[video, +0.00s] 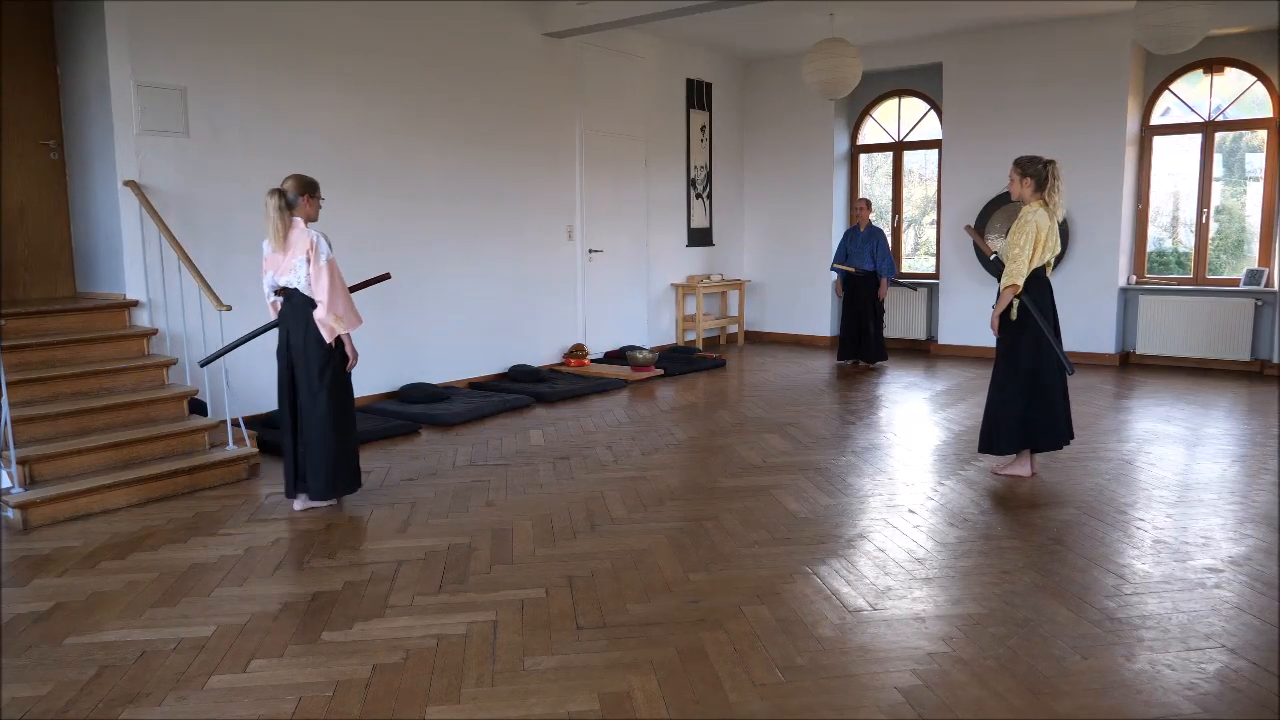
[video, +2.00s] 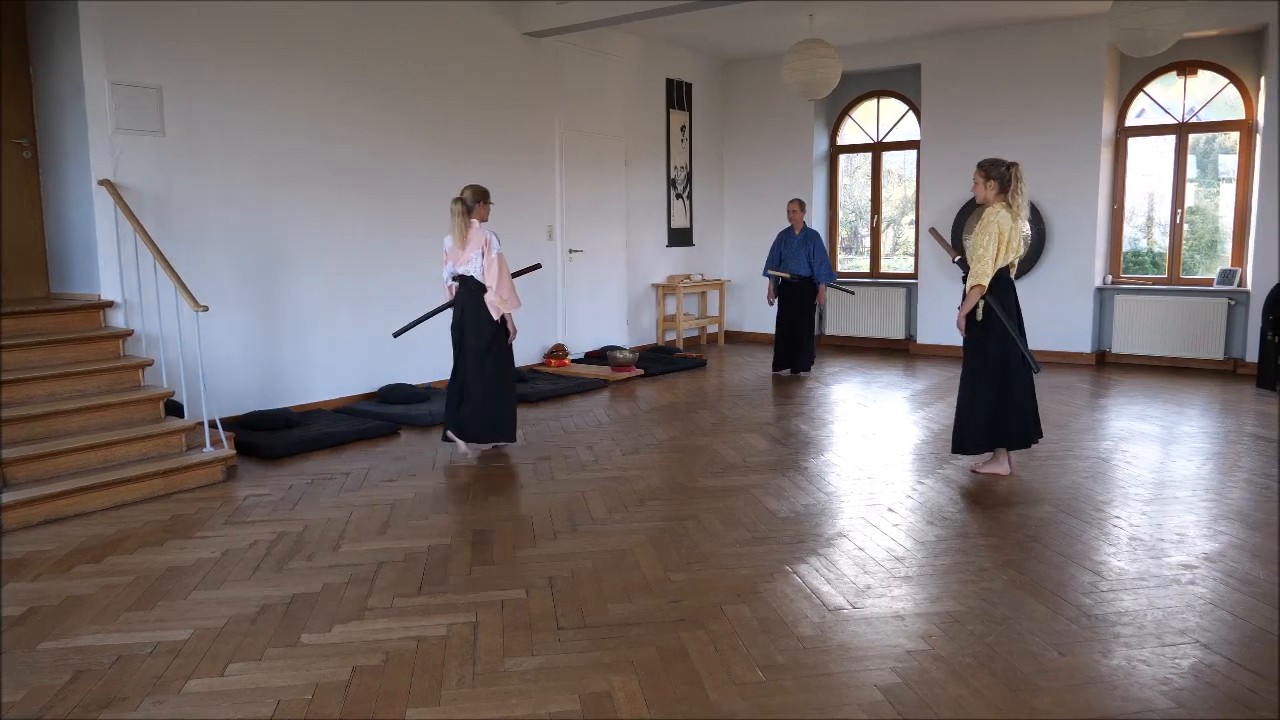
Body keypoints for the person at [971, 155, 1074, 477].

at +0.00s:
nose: (1008, 185)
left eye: (1012, 180)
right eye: (1009, 179)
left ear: (1027, 183)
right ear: (1032, 183)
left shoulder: (1029, 218)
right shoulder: (1045, 215)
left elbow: (1017, 268)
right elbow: (1013, 257)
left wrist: (998, 308)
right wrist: (983, 243)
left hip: (1024, 302)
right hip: (1038, 299)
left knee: (1022, 376)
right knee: (1029, 376)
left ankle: (1023, 459)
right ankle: (1023, 455)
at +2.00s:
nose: (973, 188)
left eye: (976, 183)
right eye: (973, 183)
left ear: (992, 186)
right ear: (998, 186)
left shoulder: (993, 217)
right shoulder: (1013, 215)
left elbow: (983, 269)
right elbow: (1006, 263)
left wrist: (964, 308)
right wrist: (965, 261)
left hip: (990, 301)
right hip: (1005, 298)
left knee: (995, 375)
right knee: (1000, 374)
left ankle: (1002, 457)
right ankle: (1001, 451)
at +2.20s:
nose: (956, 192)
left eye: (959, 187)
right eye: (957, 186)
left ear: (975, 188)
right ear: (980, 189)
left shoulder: (976, 218)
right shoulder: (995, 215)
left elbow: (983, 265)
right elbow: (996, 257)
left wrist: (950, 277)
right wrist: (956, 250)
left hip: (978, 304)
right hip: (991, 301)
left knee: (988, 376)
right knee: (984, 375)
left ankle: (999, 458)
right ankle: (984, 449)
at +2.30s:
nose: (945, 195)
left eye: (948, 190)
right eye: (945, 189)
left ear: (963, 191)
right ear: (969, 191)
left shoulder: (965, 220)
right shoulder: (984, 217)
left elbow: (971, 265)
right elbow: (981, 258)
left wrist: (942, 266)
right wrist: (940, 252)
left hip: (966, 303)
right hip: (981, 300)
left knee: (950, 373)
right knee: (985, 375)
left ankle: (997, 459)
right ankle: (949, 443)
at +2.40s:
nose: (930, 200)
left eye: (933, 194)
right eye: (931, 194)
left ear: (949, 196)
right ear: (954, 196)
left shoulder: (951, 226)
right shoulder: (970, 222)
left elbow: (951, 272)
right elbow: (974, 263)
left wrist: (926, 270)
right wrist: (934, 261)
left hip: (955, 306)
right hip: (969, 302)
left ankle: (996, 459)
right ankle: (930, 445)